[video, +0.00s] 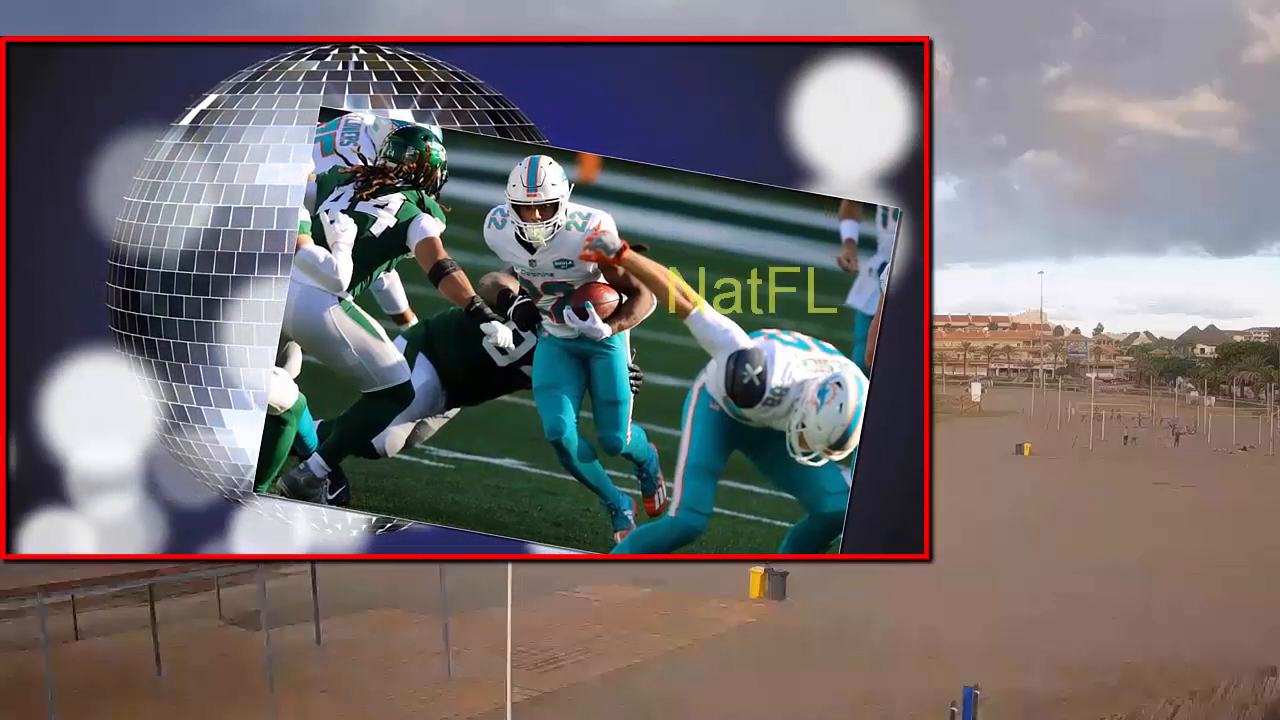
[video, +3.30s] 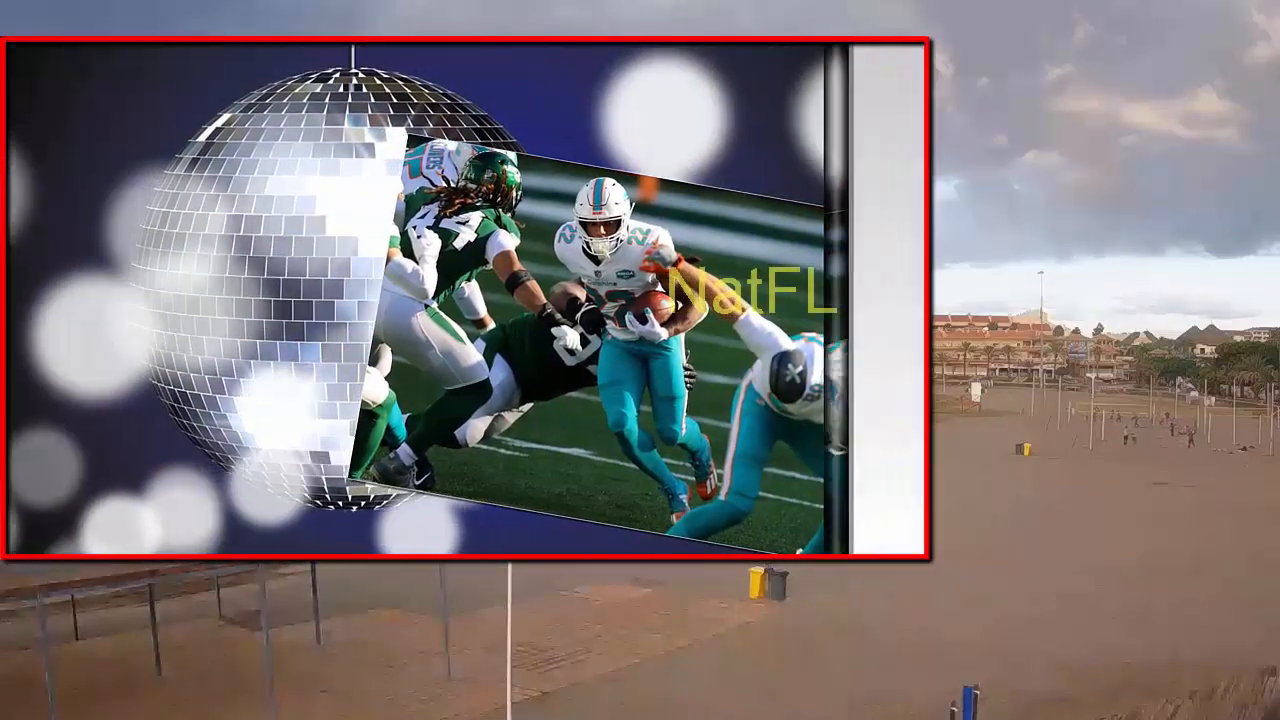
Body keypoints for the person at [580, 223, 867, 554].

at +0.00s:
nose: (813, 458)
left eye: (826, 454)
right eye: (809, 447)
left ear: (853, 432)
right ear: (799, 413)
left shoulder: (863, 413)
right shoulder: (757, 374)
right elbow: (684, 300)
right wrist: (622, 255)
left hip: (775, 425)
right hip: (720, 403)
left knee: (836, 510)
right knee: (689, 521)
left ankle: (775, 580)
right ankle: (607, 571)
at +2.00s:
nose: (834, 451)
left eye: (847, 448)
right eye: (830, 438)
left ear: (872, 427)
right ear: (823, 408)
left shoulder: (884, 413)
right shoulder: (778, 370)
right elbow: (714, 305)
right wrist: (657, 262)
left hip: (799, 422)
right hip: (746, 399)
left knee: (856, 498)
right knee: (719, 510)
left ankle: (795, 574)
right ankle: (638, 563)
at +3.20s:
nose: (845, 446)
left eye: (855, 442)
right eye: (843, 438)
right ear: (839, 408)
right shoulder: (799, 377)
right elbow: (733, 307)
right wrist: (675, 264)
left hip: (812, 418)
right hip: (762, 397)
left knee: (860, 497)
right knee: (735, 504)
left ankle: (805, 564)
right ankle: (660, 551)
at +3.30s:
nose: (781, 407)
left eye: (789, 405)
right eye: (777, 401)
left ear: (818, 395)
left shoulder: (842, 398)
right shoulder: (779, 351)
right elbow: (730, 304)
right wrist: (677, 264)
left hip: (811, 420)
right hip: (762, 397)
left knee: (851, 497)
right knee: (737, 504)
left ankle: (805, 562)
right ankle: (664, 548)